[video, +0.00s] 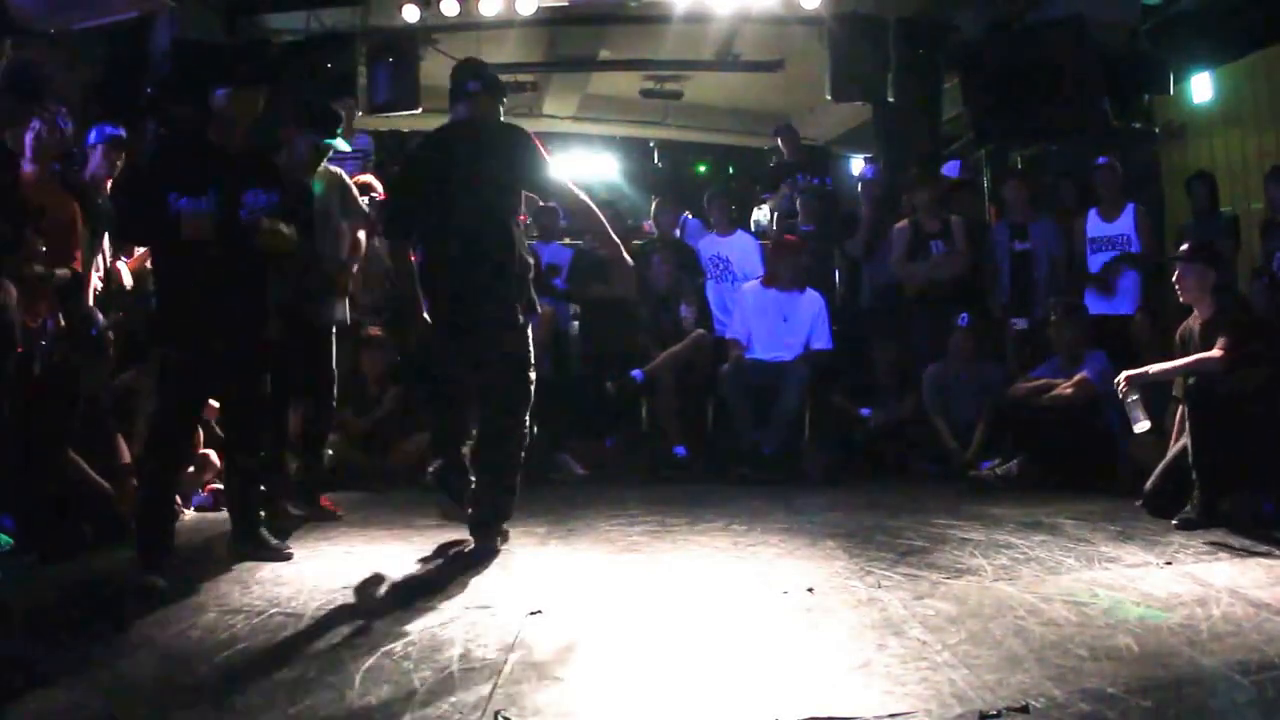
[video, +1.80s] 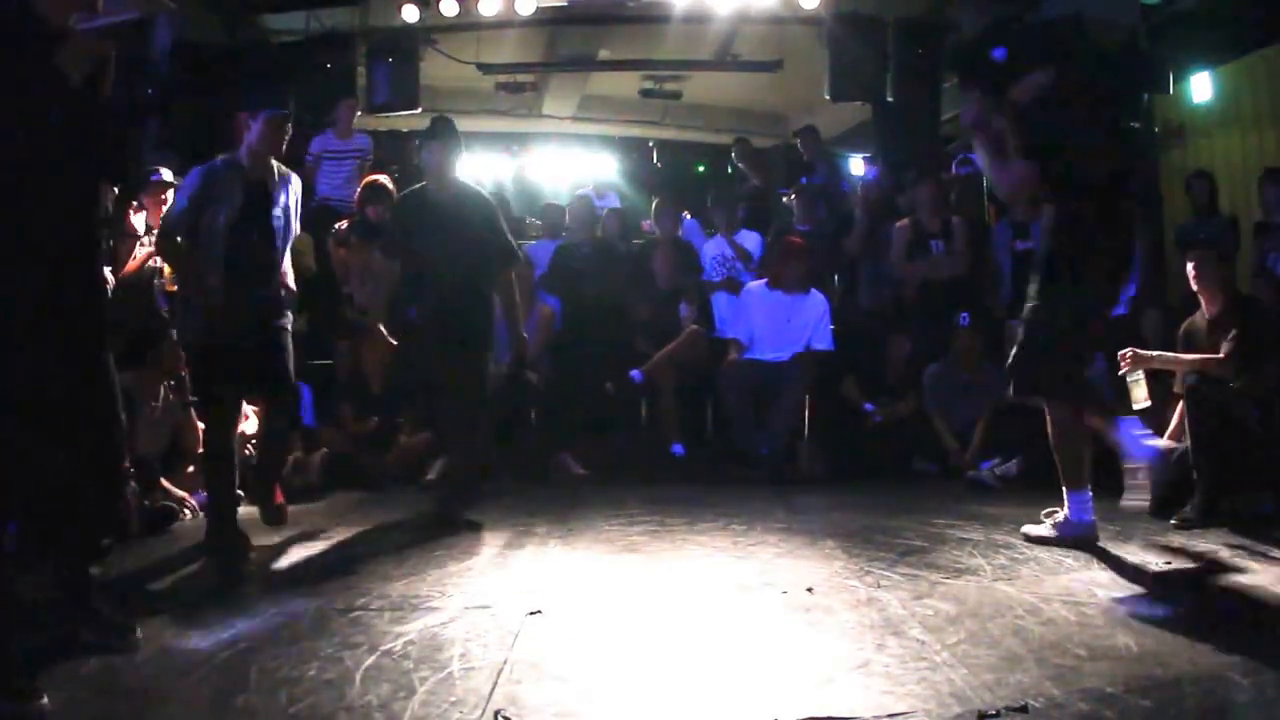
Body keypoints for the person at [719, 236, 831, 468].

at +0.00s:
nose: (795, 265)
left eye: (797, 258)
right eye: (787, 258)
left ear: (801, 261)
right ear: (774, 261)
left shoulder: (813, 300)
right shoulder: (749, 292)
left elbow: (821, 349)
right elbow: (736, 338)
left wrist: (800, 361)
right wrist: (737, 357)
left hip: (789, 361)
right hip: (755, 361)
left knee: (799, 376)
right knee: (730, 375)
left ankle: (774, 446)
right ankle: (746, 445)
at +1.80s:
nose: (796, 269)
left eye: (800, 263)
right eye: (790, 262)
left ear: (805, 266)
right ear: (777, 264)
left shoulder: (816, 302)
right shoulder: (752, 292)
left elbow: (821, 351)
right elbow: (738, 339)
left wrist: (802, 360)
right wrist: (733, 357)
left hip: (790, 364)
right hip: (754, 363)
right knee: (730, 374)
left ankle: (778, 449)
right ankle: (747, 447)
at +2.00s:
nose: (794, 269)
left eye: (799, 263)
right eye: (788, 262)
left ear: (805, 266)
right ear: (776, 264)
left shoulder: (816, 301)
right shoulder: (753, 292)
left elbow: (821, 352)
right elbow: (740, 339)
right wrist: (733, 356)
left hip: (792, 361)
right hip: (756, 360)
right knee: (732, 376)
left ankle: (775, 450)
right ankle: (745, 448)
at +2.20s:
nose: (793, 268)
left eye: (796, 262)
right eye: (789, 260)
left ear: (802, 265)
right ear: (773, 262)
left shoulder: (805, 294)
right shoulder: (752, 292)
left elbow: (812, 339)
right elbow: (740, 338)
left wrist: (797, 305)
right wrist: (734, 355)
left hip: (791, 361)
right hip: (757, 360)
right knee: (731, 376)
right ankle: (744, 444)